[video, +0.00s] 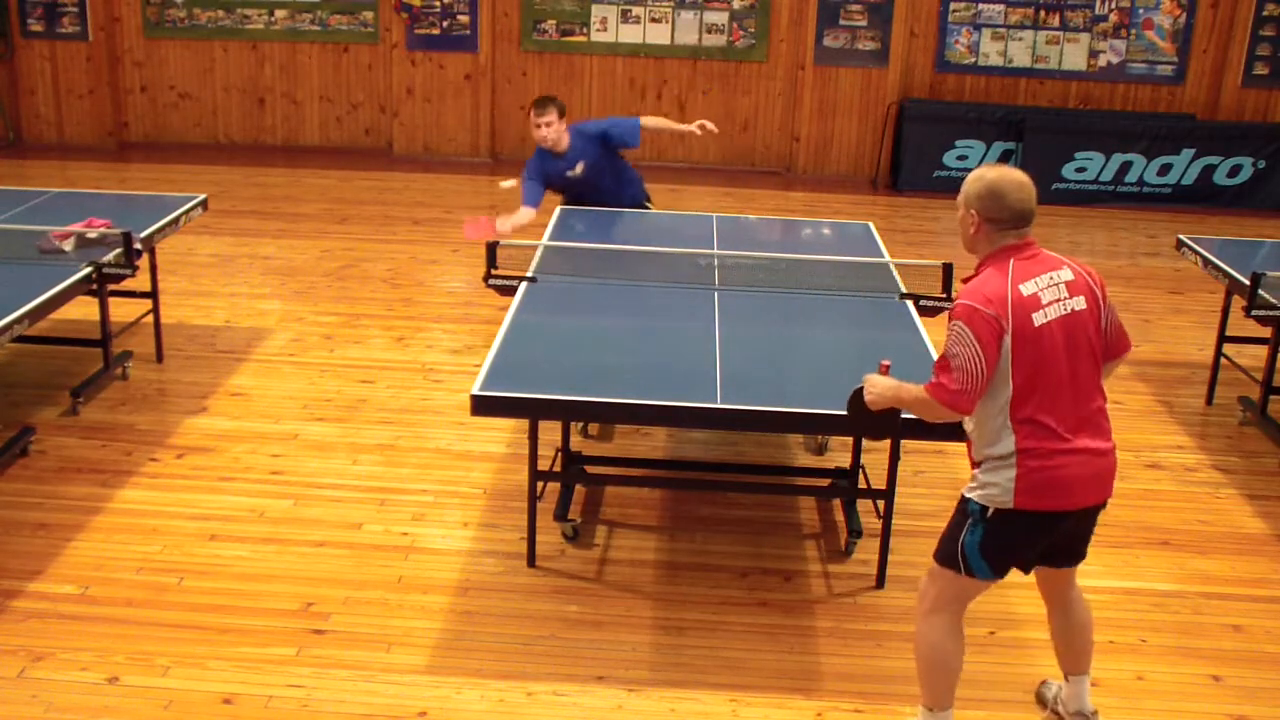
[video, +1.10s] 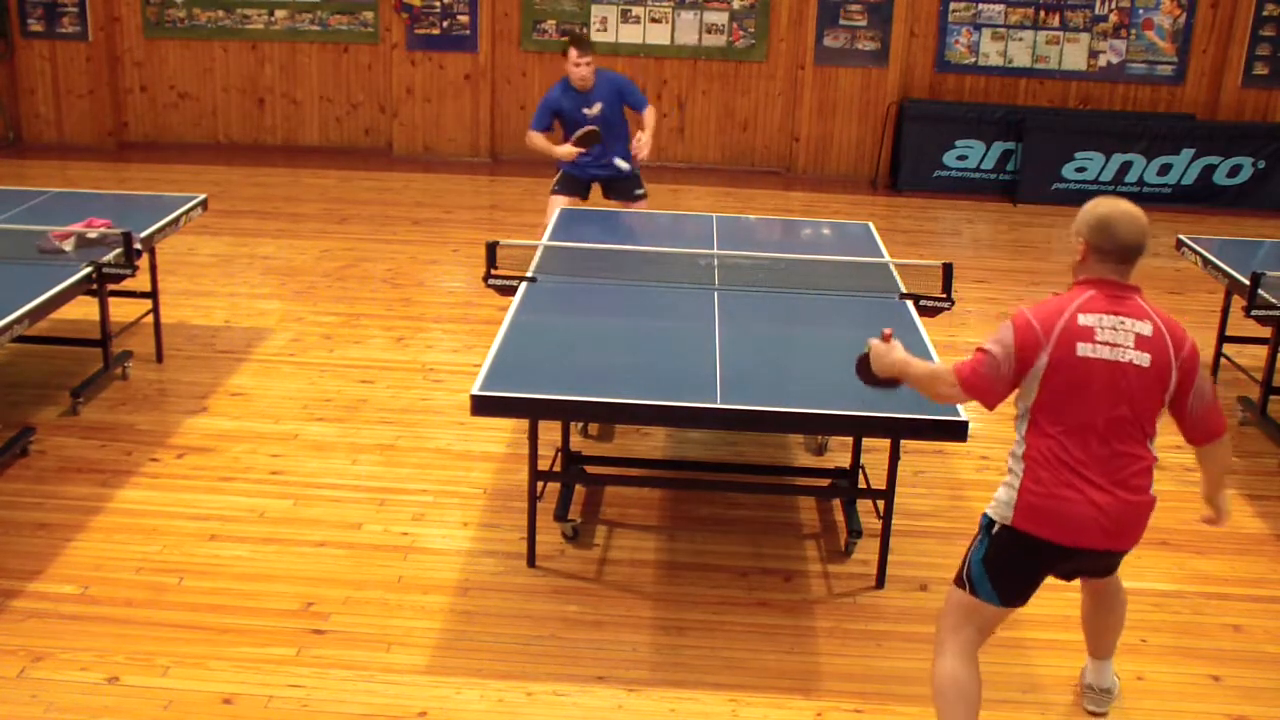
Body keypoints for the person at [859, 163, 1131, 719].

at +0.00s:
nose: (958, 222)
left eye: (961, 213)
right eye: (960, 212)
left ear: (975, 222)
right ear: (1027, 218)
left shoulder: (981, 297)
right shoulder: (1081, 276)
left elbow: (953, 400)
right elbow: (1115, 349)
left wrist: (895, 393)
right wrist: (1052, 382)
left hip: (1014, 490)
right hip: (1089, 481)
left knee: (940, 603)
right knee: (1061, 582)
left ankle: (935, 714)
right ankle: (1077, 698)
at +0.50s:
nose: (1024, 242)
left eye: (1026, 234)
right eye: (1028, 233)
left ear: (1034, 242)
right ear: (1089, 246)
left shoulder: (1003, 314)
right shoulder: (1129, 307)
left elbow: (953, 393)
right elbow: (1148, 353)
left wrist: (962, 357)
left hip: (1036, 508)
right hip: (1124, 509)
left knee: (945, 593)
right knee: (1103, 569)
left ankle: (934, 713)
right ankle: (1106, 682)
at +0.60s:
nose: (1062, 247)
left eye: (1063, 240)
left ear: (1065, 246)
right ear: (1122, 251)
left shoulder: (1021, 309)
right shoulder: (1157, 315)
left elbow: (976, 379)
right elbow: (1173, 371)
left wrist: (1040, 375)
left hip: (1037, 503)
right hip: (1125, 511)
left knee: (949, 593)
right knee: (1109, 569)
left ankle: (935, 713)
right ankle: (1106, 683)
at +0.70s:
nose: (1086, 251)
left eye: (1088, 244)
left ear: (1091, 251)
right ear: (1148, 259)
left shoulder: (1041, 305)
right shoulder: (1173, 327)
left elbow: (990, 301)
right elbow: (1197, 376)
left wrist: (1050, 319)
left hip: (1039, 510)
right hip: (1125, 519)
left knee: (948, 592)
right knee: (1109, 567)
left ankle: (932, 713)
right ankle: (1104, 682)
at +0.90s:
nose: (1101, 242)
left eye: (1105, 237)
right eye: (1105, 236)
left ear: (1111, 248)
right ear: (1168, 260)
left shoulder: (1069, 307)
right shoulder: (1192, 339)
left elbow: (957, 303)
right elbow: (1245, 426)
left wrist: (895, 264)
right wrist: (1254, 456)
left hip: (1046, 502)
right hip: (1127, 518)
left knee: (948, 591)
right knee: (1102, 561)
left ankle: (927, 715)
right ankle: (1099, 680)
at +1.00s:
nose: (1091, 250)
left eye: (1095, 242)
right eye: (1098, 240)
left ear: (1103, 253)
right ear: (1160, 262)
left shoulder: (1069, 320)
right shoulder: (1187, 341)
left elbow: (973, 362)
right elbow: (1234, 431)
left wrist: (901, 340)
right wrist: (1255, 497)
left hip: (1042, 508)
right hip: (1124, 518)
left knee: (952, 606)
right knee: (1099, 561)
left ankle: (946, 714)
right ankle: (1099, 679)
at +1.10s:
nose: (1070, 243)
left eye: (1073, 237)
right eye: (1074, 234)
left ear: (1082, 248)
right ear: (1139, 255)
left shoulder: (1044, 321)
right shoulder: (1172, 338)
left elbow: (956, 385)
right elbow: (1210, 434)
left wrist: (899, 364)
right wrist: (1216, 494)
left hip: (1034, 514)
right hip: (1118, 521)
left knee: (959, 635)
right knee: (1101, 576)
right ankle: (1101, 679)